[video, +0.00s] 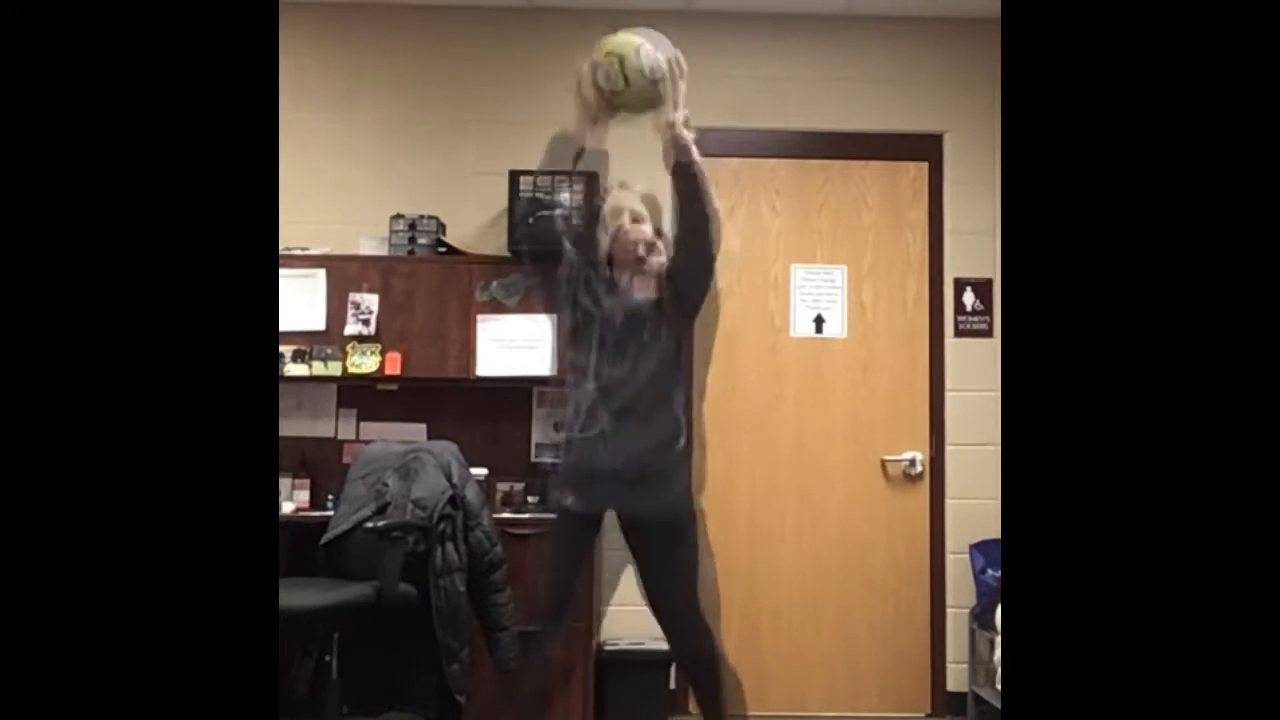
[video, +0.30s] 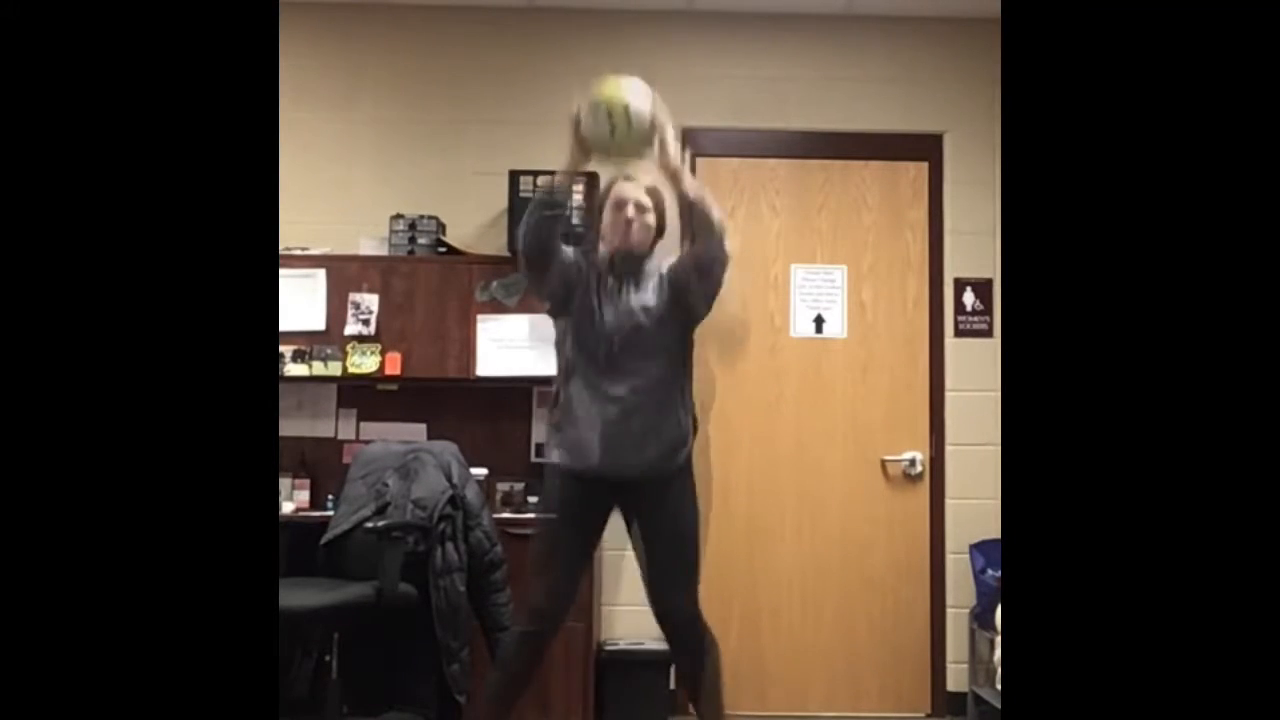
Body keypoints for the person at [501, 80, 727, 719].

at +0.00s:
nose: (628, 227)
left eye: (638, 217)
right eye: (616, 220)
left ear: (658, 232)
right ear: (598, 238)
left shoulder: (674, 298)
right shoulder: (582, 293)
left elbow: (698, 238)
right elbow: (545, 222)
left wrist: (678, 144)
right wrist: (584, 130)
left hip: (654, 474)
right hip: (582, 470)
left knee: (681, 622)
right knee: (550, 616)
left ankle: (721, 709)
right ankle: (521, 711)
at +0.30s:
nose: (629, 215)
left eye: (641, 208)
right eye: (618, 206)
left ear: (658, 227)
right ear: (599, 219)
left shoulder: (674, 289)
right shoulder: (577, 281)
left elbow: (709, 251)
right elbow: (535, 252)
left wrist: (677, 174)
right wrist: (570, 170)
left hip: (657, 467)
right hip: (578, 465)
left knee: (679, 614)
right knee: (542, 610)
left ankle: (709, 711)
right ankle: (487, 711)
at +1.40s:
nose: (639, 213)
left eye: (651, 205)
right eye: (627, 205)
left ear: (668, 224)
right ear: (608, 221)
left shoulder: (695, 299)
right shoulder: (571, 293)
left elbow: (719, 386)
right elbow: (542, 381)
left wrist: (673, 341)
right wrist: (587, 333)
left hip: (672, 479)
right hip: (592, 478)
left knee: (664, 620)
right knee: (595, 618)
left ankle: (664, 713)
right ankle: (601, 713)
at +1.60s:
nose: (638, 215)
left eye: (650, 207)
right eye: (627, 207)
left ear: (668, 224)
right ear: (609, 222)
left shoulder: (696, 301)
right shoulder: (573, 303)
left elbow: (729, 382)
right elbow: (545, 390)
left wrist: (683, 347)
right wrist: (584, 348)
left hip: (672, 493)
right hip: (593, 494)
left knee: (660, 633)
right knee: (595, 630)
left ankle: (660, 716)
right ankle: (599, 714)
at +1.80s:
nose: (643, 196)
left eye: (655, 189)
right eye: (630, 188)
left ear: (671, 205)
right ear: (611, 202)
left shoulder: (693, 267)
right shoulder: (586, 263)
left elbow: (725, 212)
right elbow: (559, 208)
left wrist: (686, 129)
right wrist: (597, 120)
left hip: (671, 446)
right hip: (592, 445)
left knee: (686, 598)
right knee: (568, 599)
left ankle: (706, 710)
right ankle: (539, 709)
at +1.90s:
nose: (636, 220)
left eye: (646, 213)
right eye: (624, 214)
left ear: (663, 231)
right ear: (608, 233)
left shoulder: (679, 292)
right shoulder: (587, 287)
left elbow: (708, 245)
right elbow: (570, 206)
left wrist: (690, 128)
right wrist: (596, 104)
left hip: (659, 473)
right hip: (584, 470)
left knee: (697, 627)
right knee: (557, 627)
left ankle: (729, 715)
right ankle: (516, 712)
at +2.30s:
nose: (630, 216)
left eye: (642, 209)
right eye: (619, 205)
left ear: (660, 227)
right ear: (599, 219)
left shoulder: (675, 290)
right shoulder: (578, 282)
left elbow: (710, 252)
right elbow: (535, 252)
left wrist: (677, 173)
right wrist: (570, 168)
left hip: (657, 468)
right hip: (578, 467)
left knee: (679, 615)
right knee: (541, 612)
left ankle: (709, 712)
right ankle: (487, 710)